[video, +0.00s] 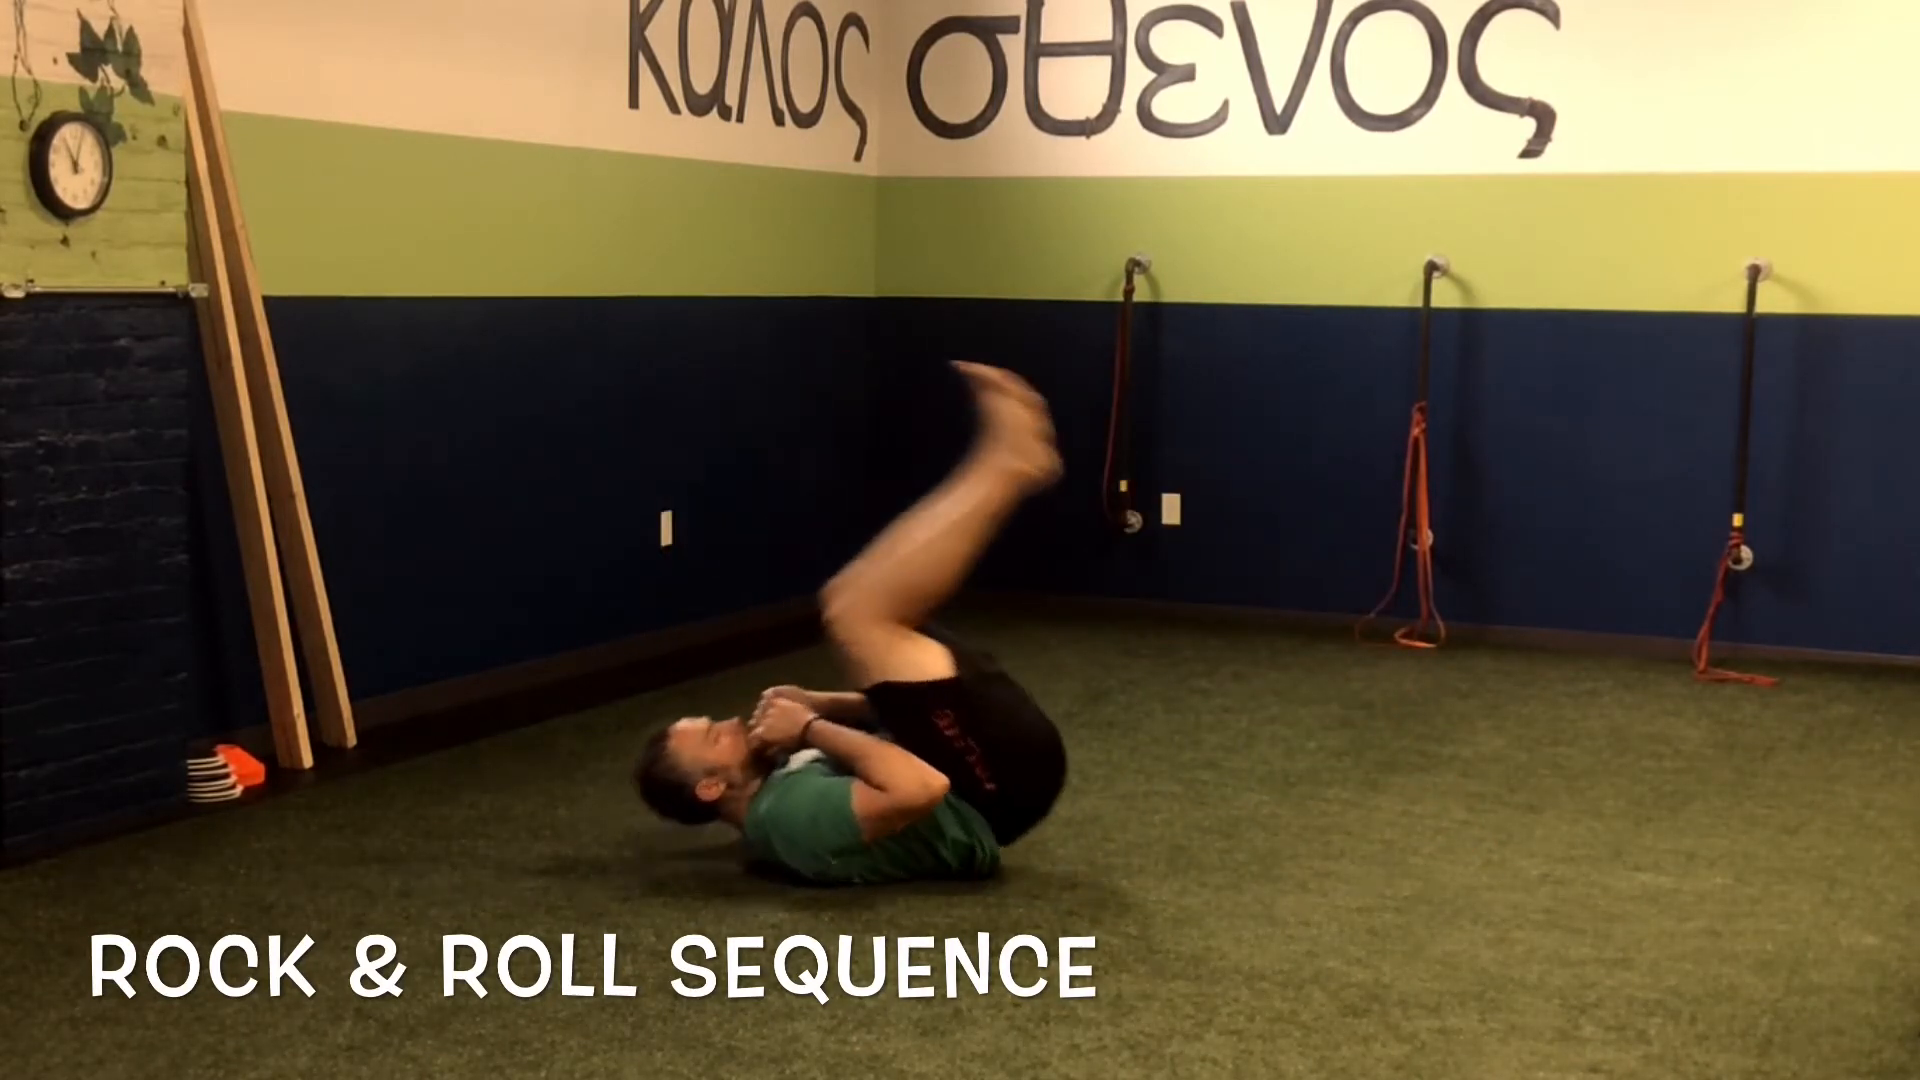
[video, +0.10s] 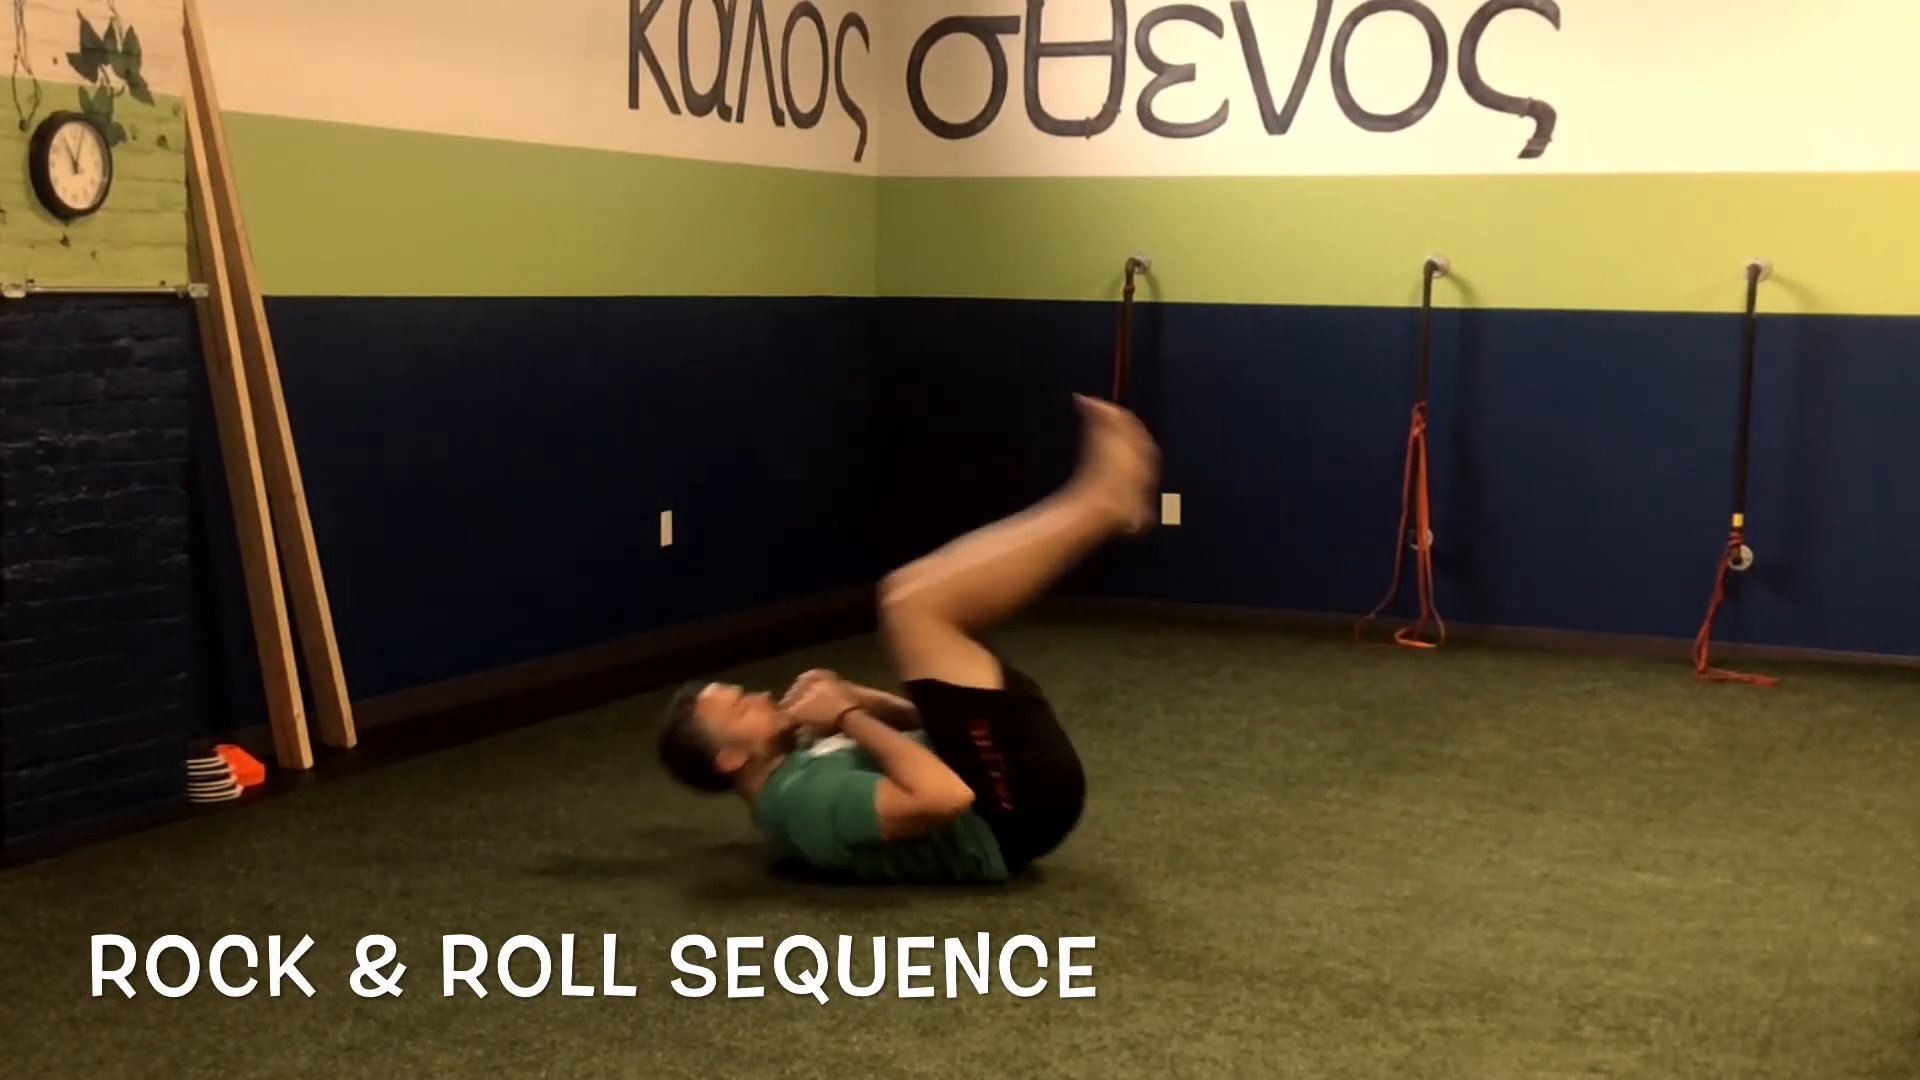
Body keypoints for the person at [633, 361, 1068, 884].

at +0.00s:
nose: (732, 720)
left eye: (713, 721)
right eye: (713, 734)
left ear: (717, 785)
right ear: (714, 785)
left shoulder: (780, 791)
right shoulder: (783, 817)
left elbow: (894, 713)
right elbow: (922, 788)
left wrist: (812, 706)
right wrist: (811, 728)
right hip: (1004, 780)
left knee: (851, 601)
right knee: (852, 609)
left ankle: (1009, 459)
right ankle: (1011, 460)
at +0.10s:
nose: (759, 694)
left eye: (741, 691)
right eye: (738, 705)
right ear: (733, 758)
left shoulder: (798, 766)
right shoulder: (798, 802)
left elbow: (924, 718)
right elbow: (945, 797)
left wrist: (853, 698)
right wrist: (851, 719)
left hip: (1003, 787)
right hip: (1017, 807)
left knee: (909, 592)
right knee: (909, 598)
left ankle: (1096, 498)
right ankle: (1103, 498)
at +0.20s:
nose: (801, 664)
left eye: (786, 656)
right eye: (780, 665)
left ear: (786, 689)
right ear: (762, 712)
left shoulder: (830, 741)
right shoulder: (820, 776)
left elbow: (962, 738)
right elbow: (970, 801)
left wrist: (902, 688)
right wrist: (900, 701)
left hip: (1019, 812)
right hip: (1030, 833)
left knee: (976, 587)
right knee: (976, 596)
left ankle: (1187, 555)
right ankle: (1196, 559)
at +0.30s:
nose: (847, 640)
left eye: (835, 629)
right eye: (827, 638)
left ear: (812, 672)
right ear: (799, 681)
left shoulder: (851, 715)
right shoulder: (848, 748)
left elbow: (960, 769)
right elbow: (995, 797)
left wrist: (932, 681)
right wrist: (946, 684)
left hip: (1026, 821)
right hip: (1045, 844)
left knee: (1039, 596)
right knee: (1043, 599)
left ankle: (1254, 631)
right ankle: (1265, 632)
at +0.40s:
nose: (891, 614)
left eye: (880, 603)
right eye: (872, 612)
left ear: (847, 642)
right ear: (837, 650)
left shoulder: (876, 696)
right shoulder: (880, 720)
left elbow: (997, 769)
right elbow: (1019, 790)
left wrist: (963, 673)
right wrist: (984, 674)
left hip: (1042, 829)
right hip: (1058, 848)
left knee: (1091, 606)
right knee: (1095, 608)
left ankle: (1297, 693)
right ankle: (1306, 693)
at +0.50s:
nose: (934, 591)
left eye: (923, 578)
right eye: (916, 586)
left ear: (886, 616)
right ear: (879, 620)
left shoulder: (898, 671)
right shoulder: (906, 696)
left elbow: (1025, 756)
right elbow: (1043, 779)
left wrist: (996, 661)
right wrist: (1016, 669)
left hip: (1045, 826)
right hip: (1062, 850)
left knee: (1126, 610)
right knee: (1137, 619)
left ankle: (1319, 731)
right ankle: (1333, 735)